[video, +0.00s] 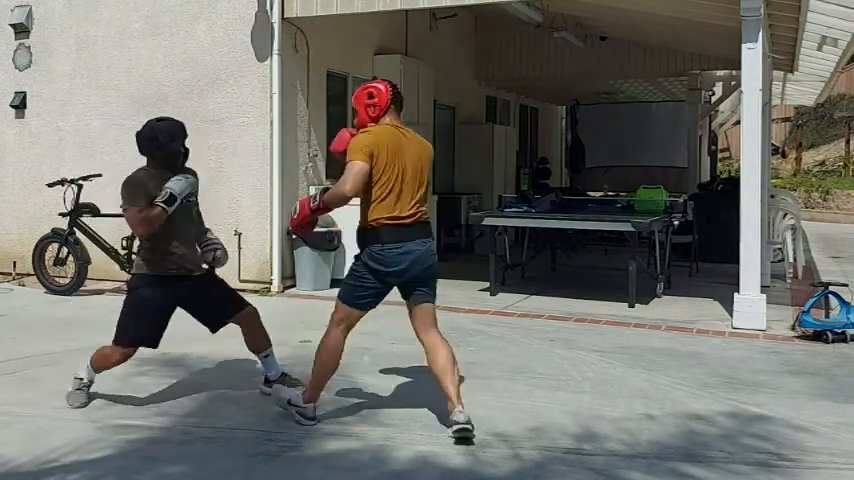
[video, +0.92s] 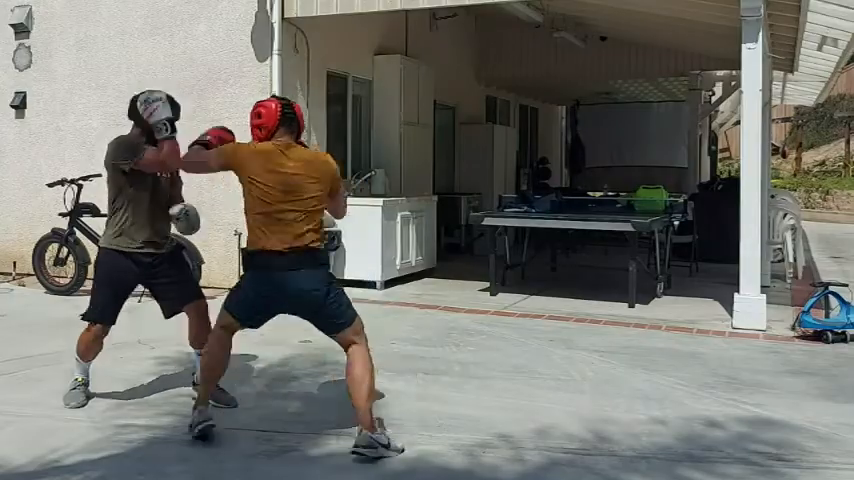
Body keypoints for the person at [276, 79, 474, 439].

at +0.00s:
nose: (358, 115)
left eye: (360, 108)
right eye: (358, 107)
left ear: (373, 105)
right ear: (396, 107)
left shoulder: (366, 139)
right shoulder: (423, 145)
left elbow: (349, 189)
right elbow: (396, 176)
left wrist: (315, 206)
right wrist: (358, 148)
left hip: (381, 250)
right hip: (421, 248)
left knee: (339, 325)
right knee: (430, 331)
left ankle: (309, 399)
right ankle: (457, 410)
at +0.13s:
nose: (360, 104)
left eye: (360, 99)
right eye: (359, 98)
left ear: (371, 95)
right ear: (394, 92)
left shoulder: (373, 122)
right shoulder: (431, 121)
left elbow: (374, 175)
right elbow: (416, 157)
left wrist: (351, 207)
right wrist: (368, 127)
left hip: (401, 231)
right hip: (442, 226)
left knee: (371, 312)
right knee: (446, 316)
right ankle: (463, 404)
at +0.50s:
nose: (347, 112)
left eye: (348, 105)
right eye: (346, 105)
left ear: (363, 104)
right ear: (385, 101)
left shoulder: (371, 134)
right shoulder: (421, 129)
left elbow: (347, 187)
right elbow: (379, 180)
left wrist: (324, 163)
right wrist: (354, 141)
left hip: (395, 246)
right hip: (436, 242)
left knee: (349, 324)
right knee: (445, 334)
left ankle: (329, 416)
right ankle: (472, 422)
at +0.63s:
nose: (334, 126)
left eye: (334, 120)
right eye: (333, 120)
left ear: (347, 116)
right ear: (371, 113)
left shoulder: (350, 147)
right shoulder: (402, 145)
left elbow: (306, 190)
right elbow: (353, 190)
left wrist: (302, 152)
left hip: (369, 266)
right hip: (412, 261)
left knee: (312, 328)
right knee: (432, 343)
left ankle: (291, 419)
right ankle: (472, 422)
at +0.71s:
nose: (313, 123)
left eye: (315, 117)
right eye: (314, 116)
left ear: (328, 117)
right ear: (355, 117)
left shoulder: (324, 146)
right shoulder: (386, 147)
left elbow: (269, 178)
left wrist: (283, 150)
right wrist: (306, 147)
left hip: (346, 265)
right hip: (391, 260)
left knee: (289, 326)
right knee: (421, 338)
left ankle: (265, 411)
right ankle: (470, 416)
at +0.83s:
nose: (273, 129)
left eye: (277, 124)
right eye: (321, 124)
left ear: (283, 126)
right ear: (318, 126)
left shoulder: (267, 153)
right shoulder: (344, 159)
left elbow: (214, 149)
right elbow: (357, 199)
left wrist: (188, 132)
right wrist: (328, 167)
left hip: (297, 274)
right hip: (346, 269)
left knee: (254, 340)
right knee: (384, 329)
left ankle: (223, 420)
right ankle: (413, 408)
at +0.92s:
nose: (256, 130)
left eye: (259, 125)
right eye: (258, 126)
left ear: (265, 127)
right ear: (299, 127)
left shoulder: (244, 154)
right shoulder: (322, 163)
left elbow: (188, 163)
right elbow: (338, 210)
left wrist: (206, 141)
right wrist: (314, 183)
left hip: (262, 277)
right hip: (311, 277)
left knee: (223, 331)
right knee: (355, 342)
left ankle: (202, 408)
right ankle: (368, 429)